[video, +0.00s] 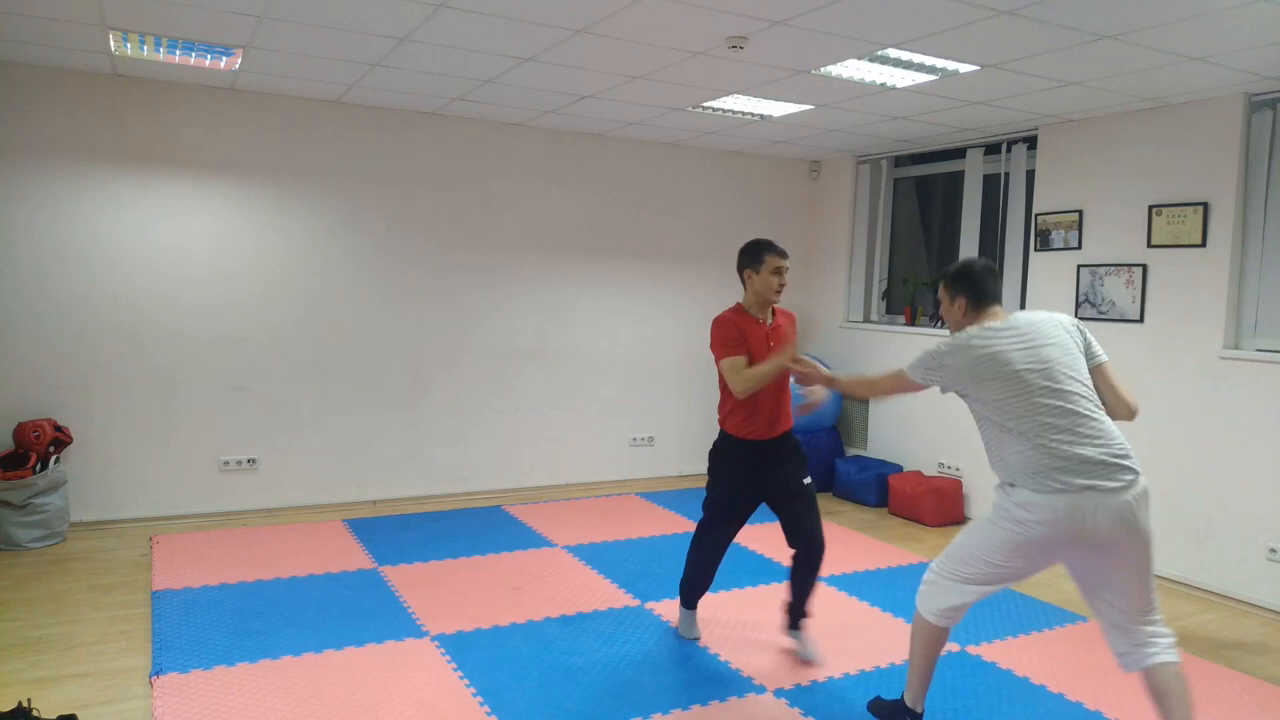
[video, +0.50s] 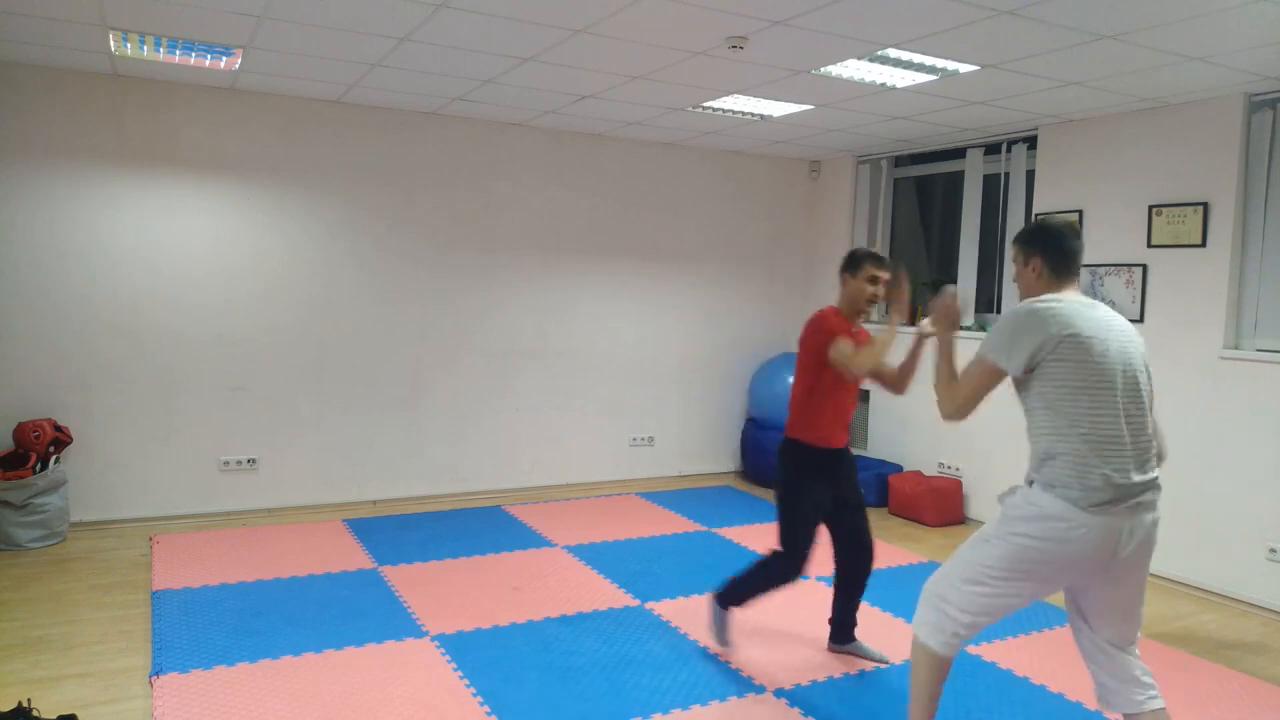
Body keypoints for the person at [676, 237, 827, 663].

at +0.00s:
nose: (783, 281)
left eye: (786, 274)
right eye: (776, 273)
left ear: (784, 279)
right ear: (748, 276)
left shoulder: (785, 321)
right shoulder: (727, 325)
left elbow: (789, 364)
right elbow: (739, 385)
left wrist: (817, 385)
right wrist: (786, 357)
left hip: (782, 450)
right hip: (737, 453)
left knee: (810, 544)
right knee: (713, 535)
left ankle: (795, 625)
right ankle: (688, 607)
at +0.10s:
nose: (790, 281)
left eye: (793, 274)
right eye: (782, 273)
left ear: (791, 277)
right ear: (755, 275)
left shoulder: (796, 321)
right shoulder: (735, 323)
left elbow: (829, 349)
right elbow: (733, 384)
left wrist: (867, 348)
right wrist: (781, 380)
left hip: (787, 451)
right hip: (741, 453)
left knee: (817, 540)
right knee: (717, 534)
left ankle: (838, 631)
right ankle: (687, 606)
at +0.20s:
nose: (813, 287)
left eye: (817, 280)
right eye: (806, 278)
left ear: (817, 285)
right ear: (779, 276)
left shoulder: (815, 325)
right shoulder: (751, 323)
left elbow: (874, 334)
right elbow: (745, 371)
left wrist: (869, 285)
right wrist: (784, 326)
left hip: (796, 454)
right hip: (751, 454)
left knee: (822, 546)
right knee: (730, 536)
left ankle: (841, 634)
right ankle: (692, 604)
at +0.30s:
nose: (832, 286)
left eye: (835, 279)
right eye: (826, 277)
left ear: (838, 283)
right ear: (807, 276)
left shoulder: (829, 326)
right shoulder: (780, 318)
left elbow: (865, 351)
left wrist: (853, 292)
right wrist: (816, 282)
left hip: (811, 453)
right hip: (768, 451)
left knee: (825, 550)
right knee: (741, 537)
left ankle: (839, 636)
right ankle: (692, 601)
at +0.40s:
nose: (859, 289)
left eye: (864, 281)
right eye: (852, 278)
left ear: (864, 287)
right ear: (829, 278)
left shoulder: (844, 333)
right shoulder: (807, 316)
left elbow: (874, 380)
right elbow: (853, 319)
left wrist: (892, 333)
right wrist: (871, 264)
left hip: (824, 457)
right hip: (787, 455)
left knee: (838, 550)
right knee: (760, 546)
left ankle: (839, 636)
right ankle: (698, 596)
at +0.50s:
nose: (878, 292)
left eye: (882, 285)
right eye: (871, 281)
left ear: (883, 292)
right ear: (846, 279)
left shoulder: (860, 336)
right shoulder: (823, 323)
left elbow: (897, 382)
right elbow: (858, 366)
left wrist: (922, 340)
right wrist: (897, 321)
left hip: (837, 457)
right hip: (802, 456)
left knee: (857, 554)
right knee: (792, 560)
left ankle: (842, 636)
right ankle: (724, 599)